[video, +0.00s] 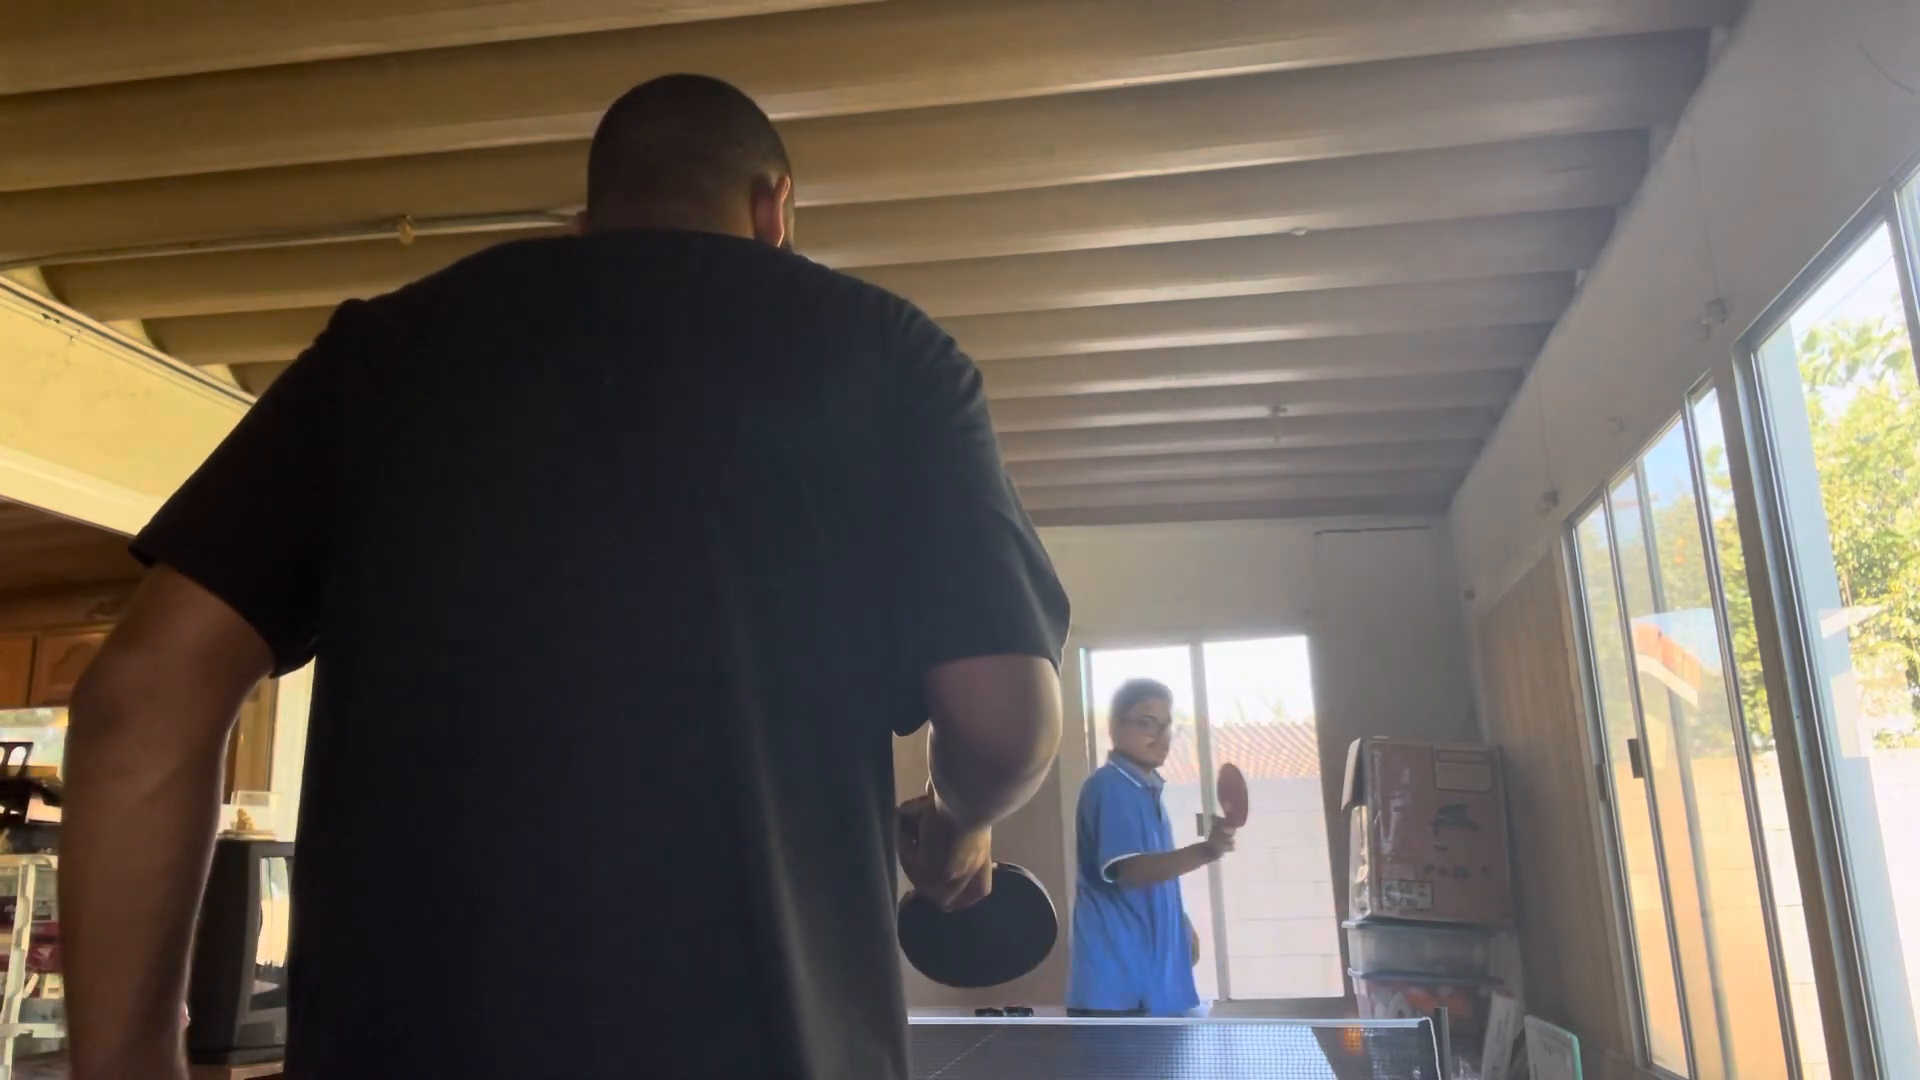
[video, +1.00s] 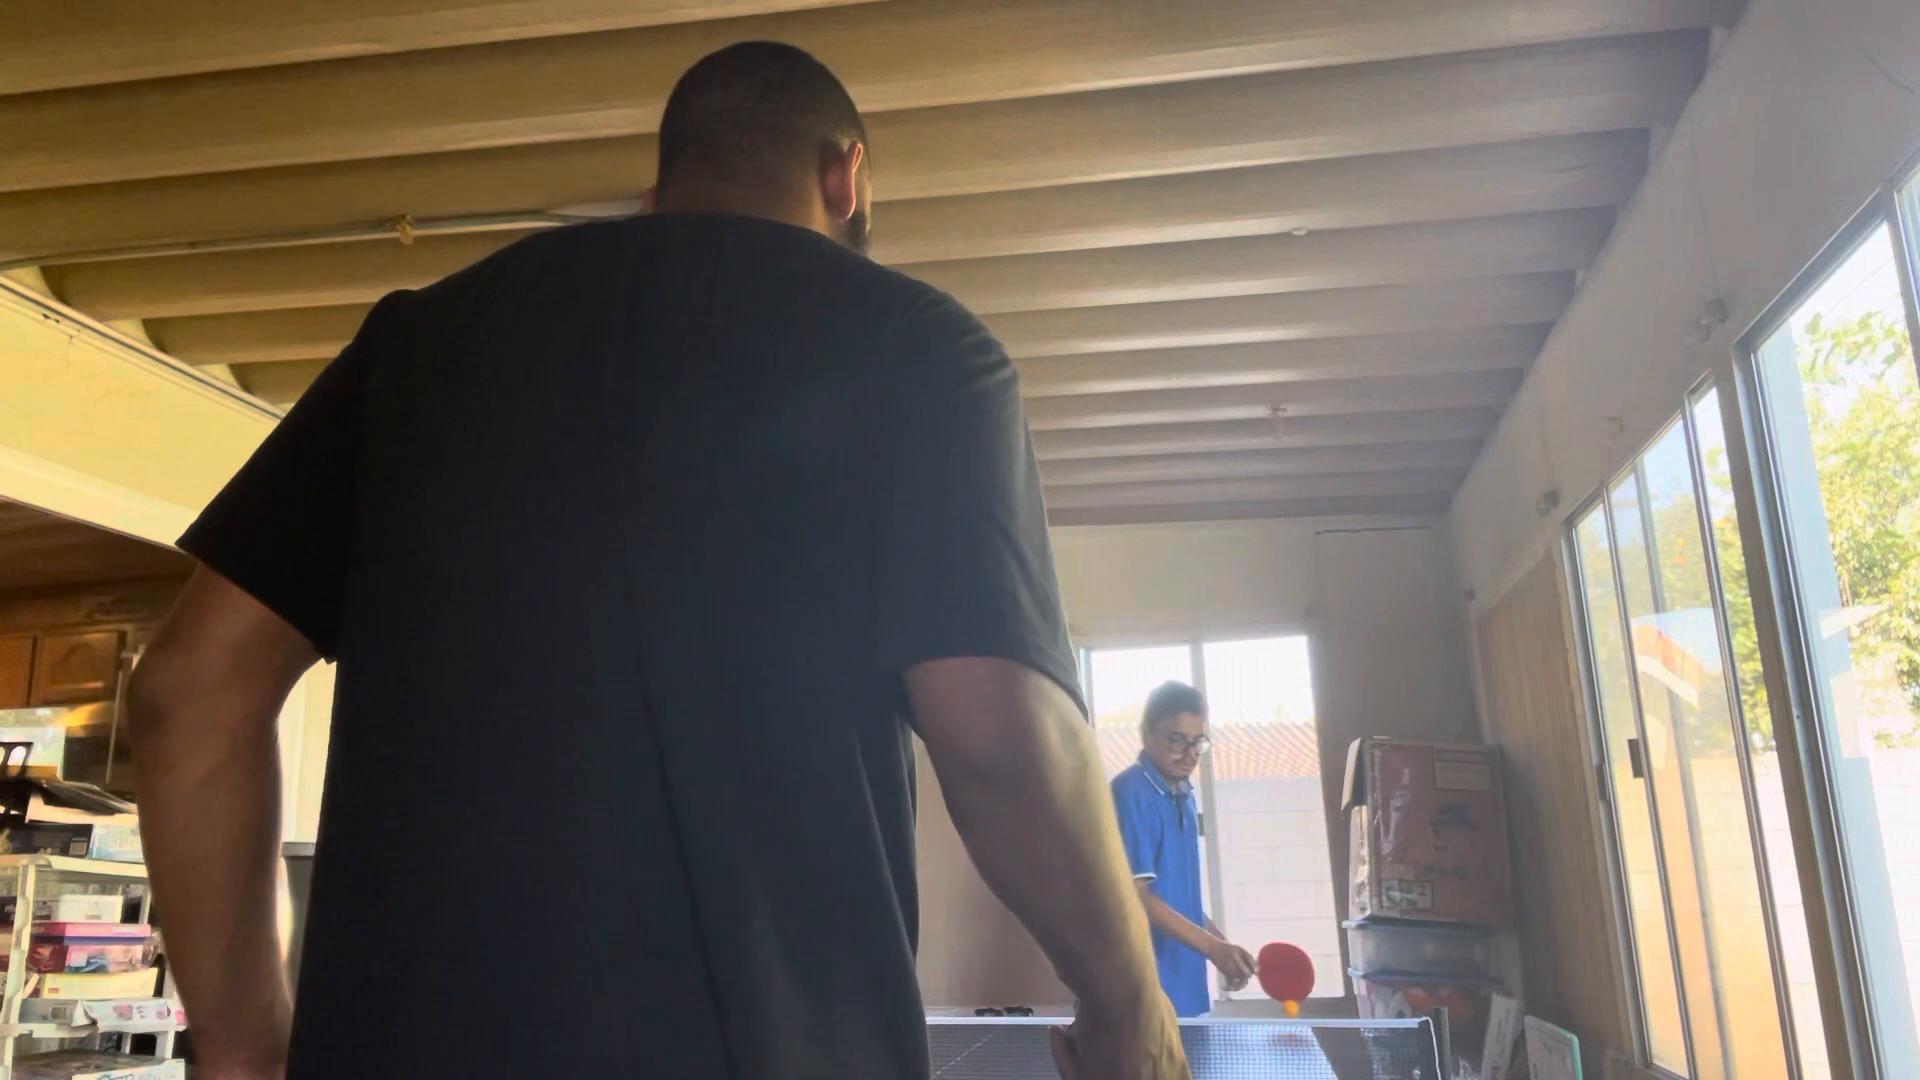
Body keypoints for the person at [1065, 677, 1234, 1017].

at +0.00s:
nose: (1160, 734)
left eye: (1166, 725)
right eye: (1146, 722)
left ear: (1172, 730)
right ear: (1115, 728)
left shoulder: (1146, 791)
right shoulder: (1111, 787)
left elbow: (1151, 877)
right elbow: (1125, 870)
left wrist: (1180, 923)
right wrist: (1204, 851)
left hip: (1158, 985)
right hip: (1118, 987)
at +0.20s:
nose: (1159, 735)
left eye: (1166, 724)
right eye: (1144, 724)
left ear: (1174, 730)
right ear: (1118, 730)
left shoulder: (1163, 792)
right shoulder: (1110, 791)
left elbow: (1167, 894)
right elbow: (1109, 878)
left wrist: (1214, 933)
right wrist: (1182, 873)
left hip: (1179, 986)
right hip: (1133, 993)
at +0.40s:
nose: (1166, 737)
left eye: (1174, 727)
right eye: (1152, 725)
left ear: (1182, 733)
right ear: (1125, 731)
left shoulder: (1175, 794)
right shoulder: (1113, 793)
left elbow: (1188, 891)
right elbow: (1108, 885)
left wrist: (1239, 937)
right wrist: (1174, 897)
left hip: (1195, 986)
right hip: (1147, 990)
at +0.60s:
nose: (1178, 742)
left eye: (1185, 732)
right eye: (1164, 730)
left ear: (1193, 734)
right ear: (1136, 733)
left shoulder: (1181, 797)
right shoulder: (1121, 793)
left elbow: (1189, 889)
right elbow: (1108, 880)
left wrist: (1225, 950)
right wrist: (1191, 913)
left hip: (1196, 989)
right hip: (1150, 996)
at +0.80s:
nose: (1188, 748)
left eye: (1195, 738)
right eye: (1175, 737)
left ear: (1203, 737)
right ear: (1145, 733)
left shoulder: (1178, 792)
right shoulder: (1131, 793)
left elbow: (1179, 889)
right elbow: (1127, 888)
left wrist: (1207, 961)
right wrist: (1216, 926)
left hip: (1189, 992)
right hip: (1153, 998)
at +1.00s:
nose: (1189, 752)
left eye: (1198, 741)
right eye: (1176, 739)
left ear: (1205, 739)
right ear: (1147, 735)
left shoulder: (1181, 793)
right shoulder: (1131, 792)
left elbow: (1179, 894)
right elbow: (1135, 895)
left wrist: (1219, 946)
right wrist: (1214, 949)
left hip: (1188, 991)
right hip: (1152, 995)